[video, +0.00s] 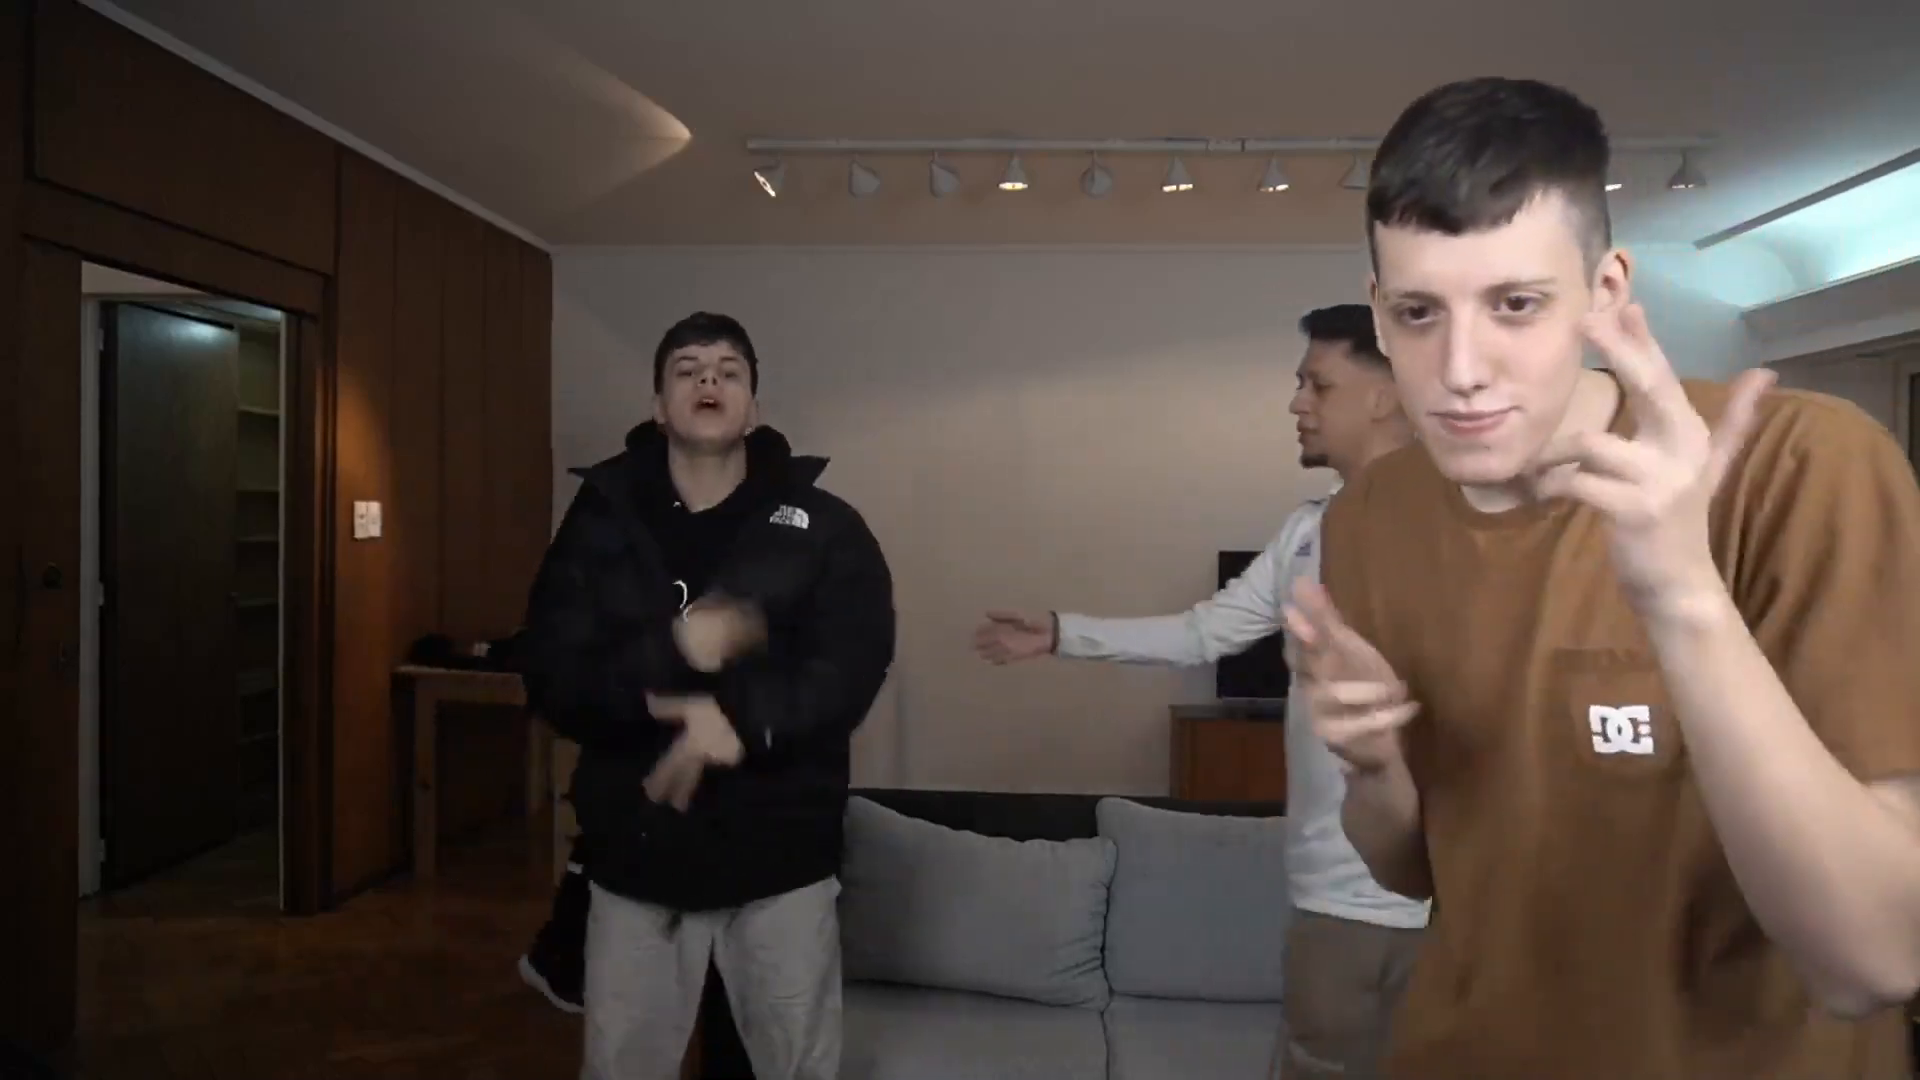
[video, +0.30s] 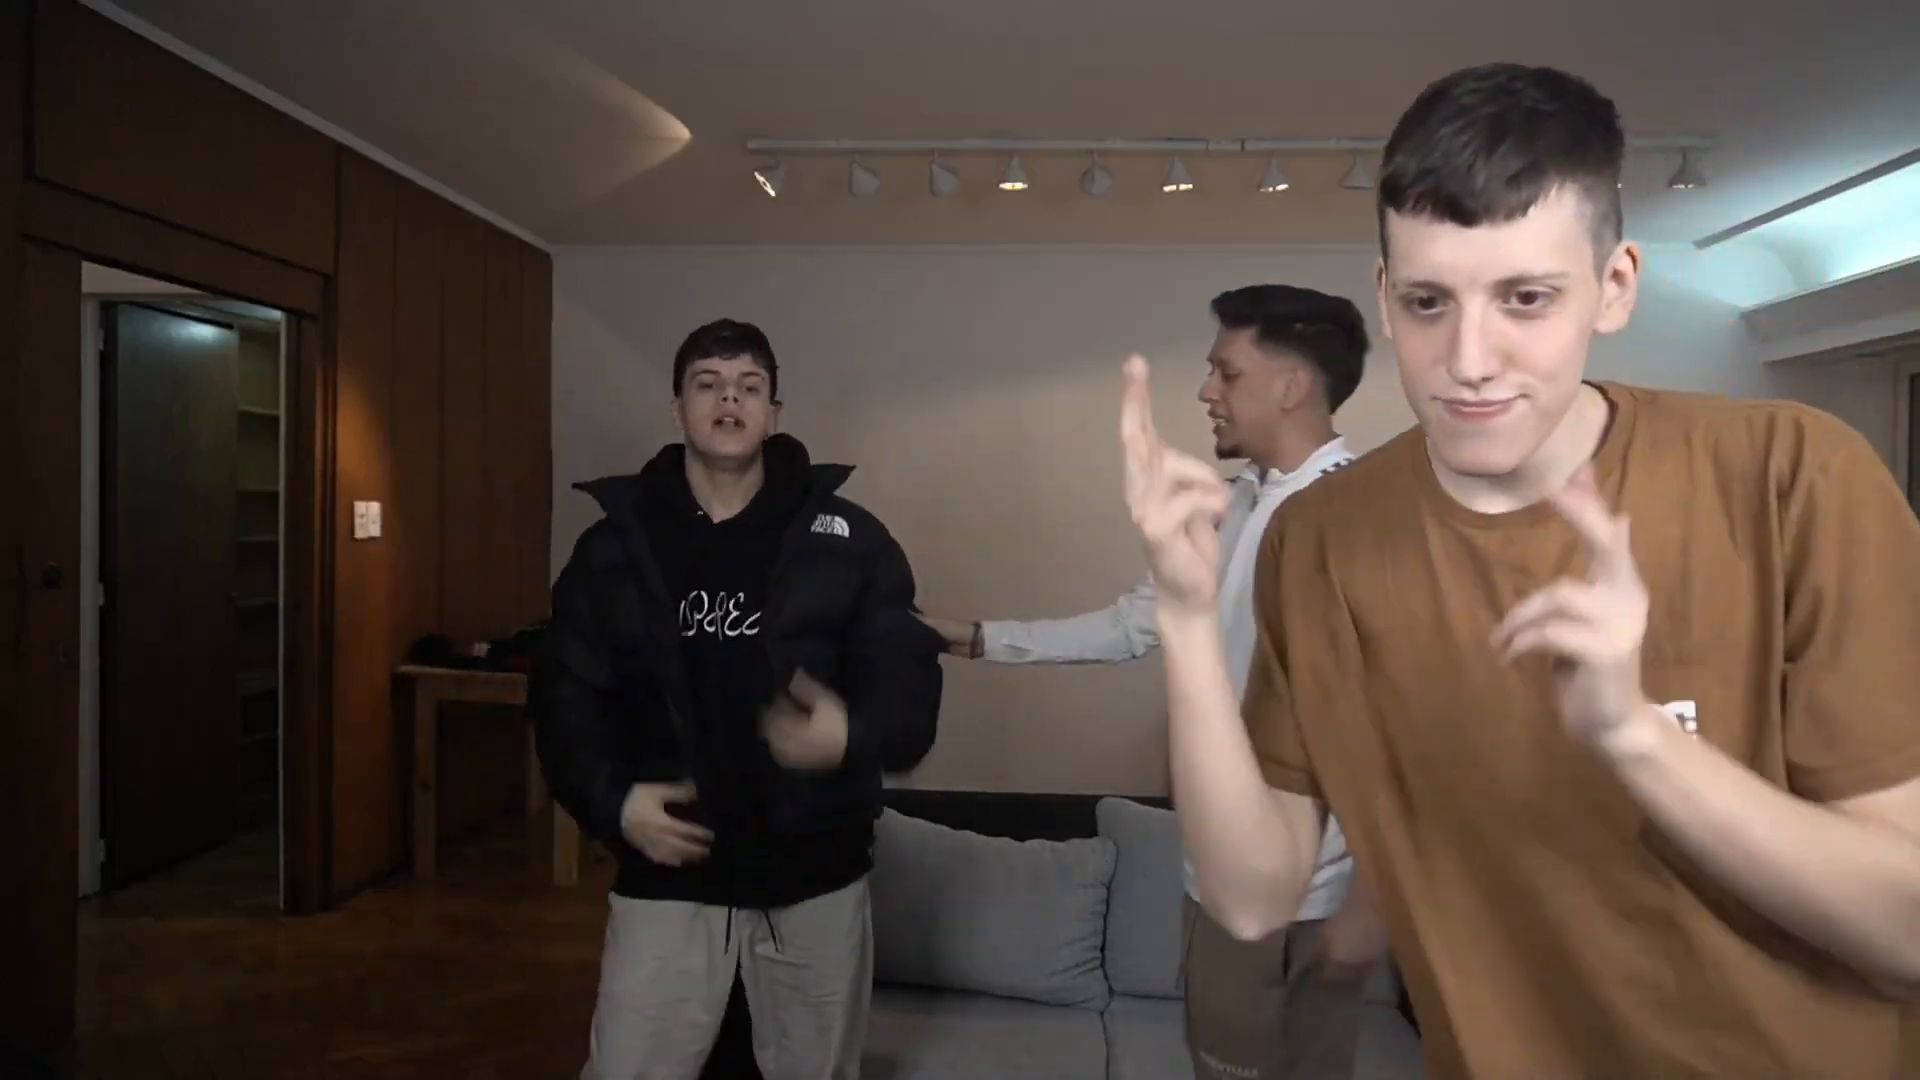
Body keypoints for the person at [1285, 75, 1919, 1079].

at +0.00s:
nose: (1461, 371)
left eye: (1515, 306)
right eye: (1417, 313)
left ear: (1608, 295)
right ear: (1381, 314)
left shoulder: (1806, 472)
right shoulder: (1372, 521)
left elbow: (1874, 960)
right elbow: (1408, 876)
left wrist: (1682, 594)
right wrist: (1374, 769)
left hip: (1749, 1061)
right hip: (1462, 1052)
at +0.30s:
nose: (1470, 361)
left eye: (1527, 298)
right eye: (1426, 302)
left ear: (1614, 291)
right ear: (1383, 298)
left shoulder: (1798, 480)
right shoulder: (1321, 544)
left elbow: (1905, 928)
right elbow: (1253, 901)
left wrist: (1638, 735)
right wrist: (1185, 615)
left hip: (1818, 1058)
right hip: (1505, 1059)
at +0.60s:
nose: (1452, 331)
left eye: (1504, 270)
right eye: (1411, 276)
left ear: (1608, 258)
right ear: (1379, 271)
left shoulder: (1791, 491)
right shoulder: (1320, 487)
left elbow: (1838, 900)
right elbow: (1266, 820)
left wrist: (1562, 838)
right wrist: (1221, 667)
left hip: (1666, 1064)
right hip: (1361, 1059)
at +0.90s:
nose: (1305, 293)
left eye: (1338, 243)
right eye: (1312, 244)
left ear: (1480, 237)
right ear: (1470, 241)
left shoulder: (1743, 477)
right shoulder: (1399, 440)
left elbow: (1872, 928)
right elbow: (1376, 701)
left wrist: (1486, 1077)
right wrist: (1310, 822)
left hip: (1575, 1057)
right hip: (1352, 1049)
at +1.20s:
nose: (1336, 282)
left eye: (1335, 233)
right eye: (1330, 239)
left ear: (1417, 224)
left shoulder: (1673, 447)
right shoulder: (1543, 441)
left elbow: (1802, 987)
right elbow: (1591, 825)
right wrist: (1418, 959)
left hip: (1611, 1052)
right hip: (1503, 1046)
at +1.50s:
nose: (1427, 248)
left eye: (1427, 200)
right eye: (1421, 205)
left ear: (1504, 204)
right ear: (1654, 193)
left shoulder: (1667, 453)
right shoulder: (1766, 393)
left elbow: (1706, 984)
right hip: (1837, 1045)